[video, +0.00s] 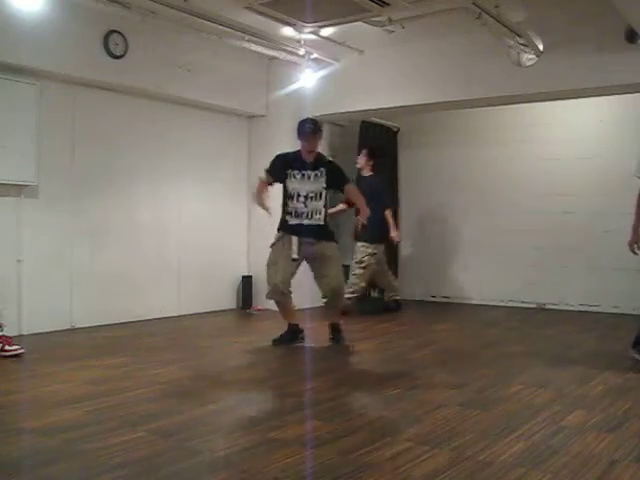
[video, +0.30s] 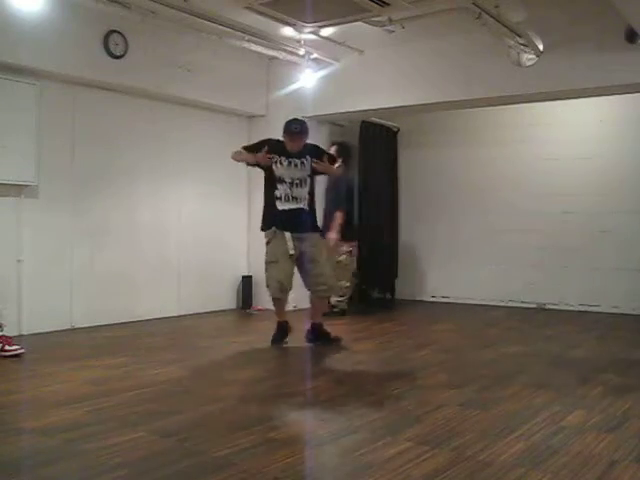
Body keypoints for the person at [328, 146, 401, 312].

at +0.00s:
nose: (357, 159)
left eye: (361, 157)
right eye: (359, 156)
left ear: (369, 161)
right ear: (365, 162)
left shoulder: (376, 181)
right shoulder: (360, 180)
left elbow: (386, 207)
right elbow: (349, 202)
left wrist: (393, 229)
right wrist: (328, 212)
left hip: (374, 230)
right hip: (365, 229)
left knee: (360, 267)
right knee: (378, 268)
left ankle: (349, 299)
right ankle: (393, 295)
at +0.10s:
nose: (347, 159)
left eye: (351, 156)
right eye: (349, 155)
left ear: (359, 161)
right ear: (356, 161)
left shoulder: (365, 181)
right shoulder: (351, 180)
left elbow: (372, 208)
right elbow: (344, 203)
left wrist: (382, 231)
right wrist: (327, 213)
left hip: (359, 233)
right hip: (355, 232)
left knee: (350, 268)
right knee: (368, 268)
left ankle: (344, 300)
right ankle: (387, 293)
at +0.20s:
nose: (337, 156)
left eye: (341, 153)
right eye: (339, 153)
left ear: (348, 158)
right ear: (346, 158)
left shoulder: (353, 179)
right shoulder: (338, 179)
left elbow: (357, 209)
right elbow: (335, 205)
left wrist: (361, 232)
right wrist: (325, 221)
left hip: (348, 235)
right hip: (336, 233)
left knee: (345, 271)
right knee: (346, 269)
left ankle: (340, 304)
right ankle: (372, 290)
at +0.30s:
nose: (327, 160)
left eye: (331, 156)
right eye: (328, 156)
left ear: (340, 159)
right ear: (340, 158)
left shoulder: (343, 178)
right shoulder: (337, 177)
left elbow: (341, 208)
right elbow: (337, 207)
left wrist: (334, 231)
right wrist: (329, 228)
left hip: (344, 235)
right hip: (340, 235)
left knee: (342, 269)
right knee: (339, 268)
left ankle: (339, 302)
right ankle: (336, 300)